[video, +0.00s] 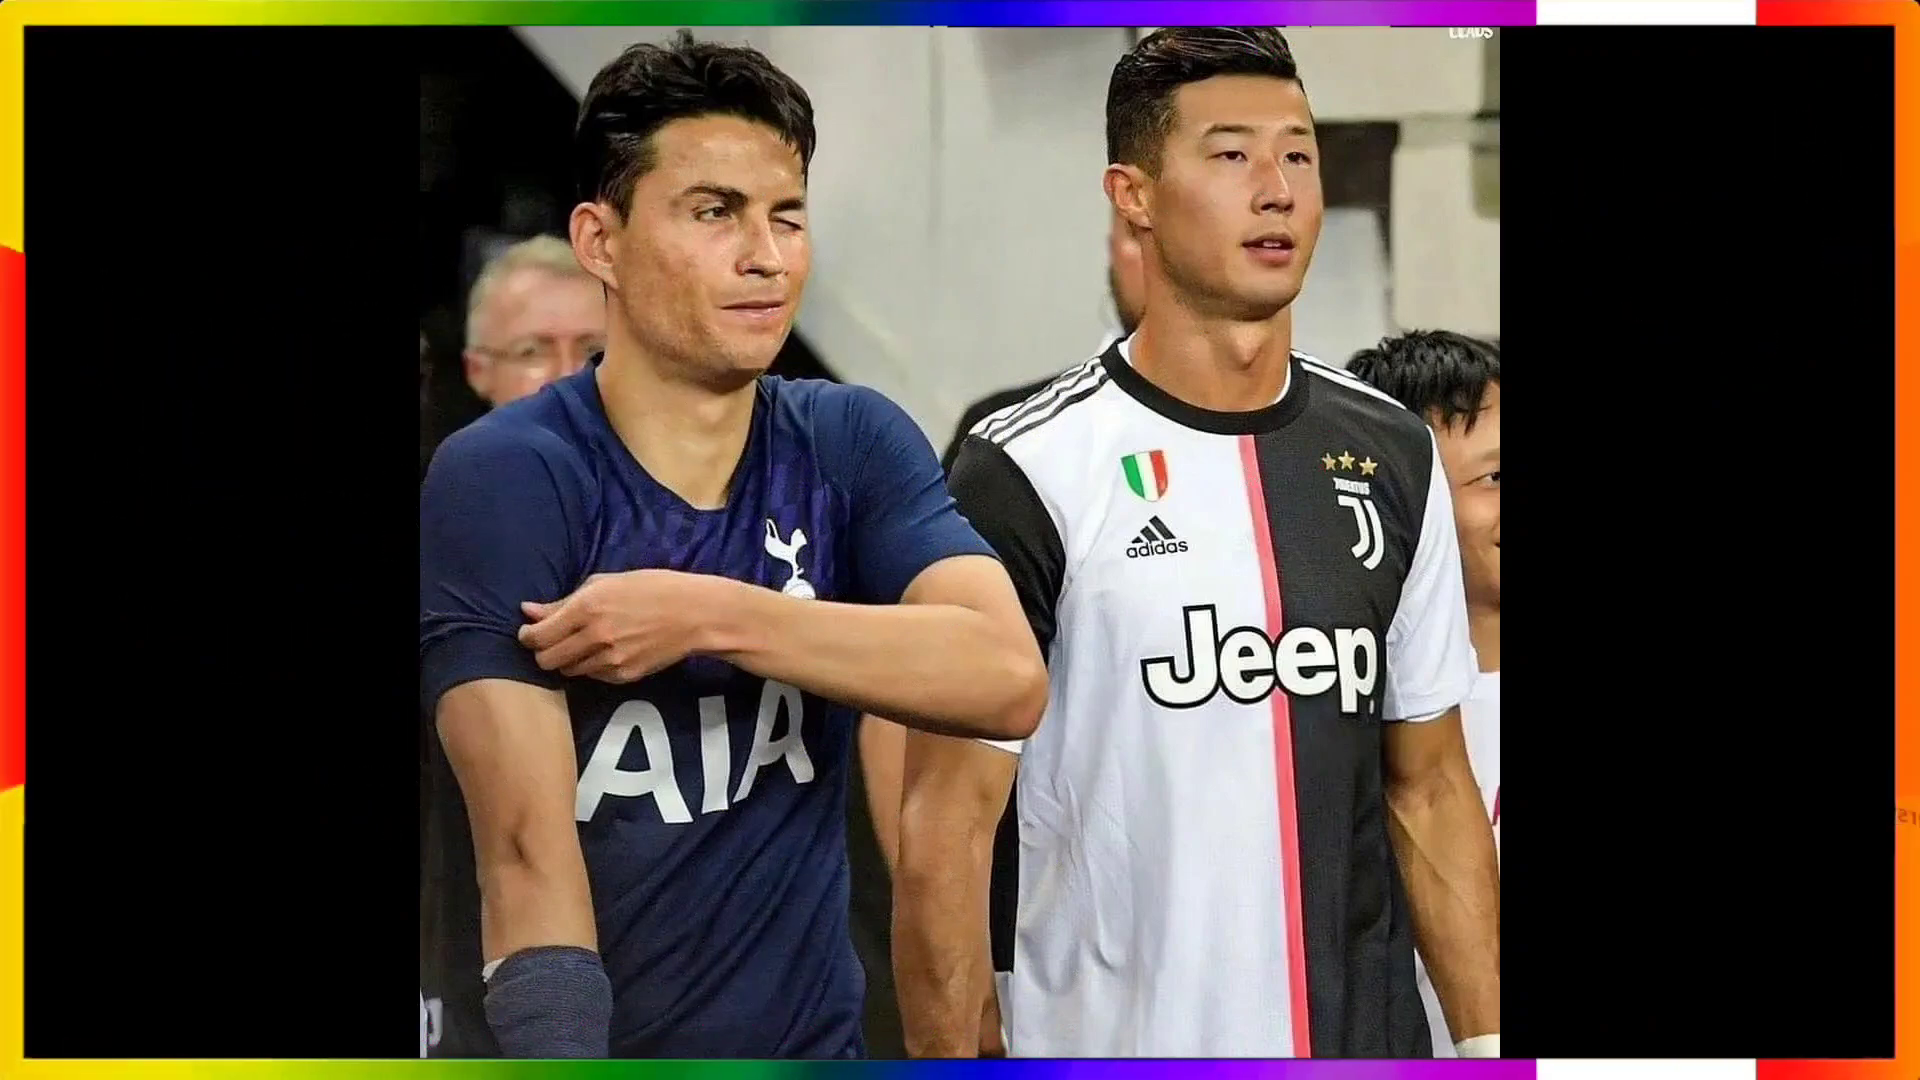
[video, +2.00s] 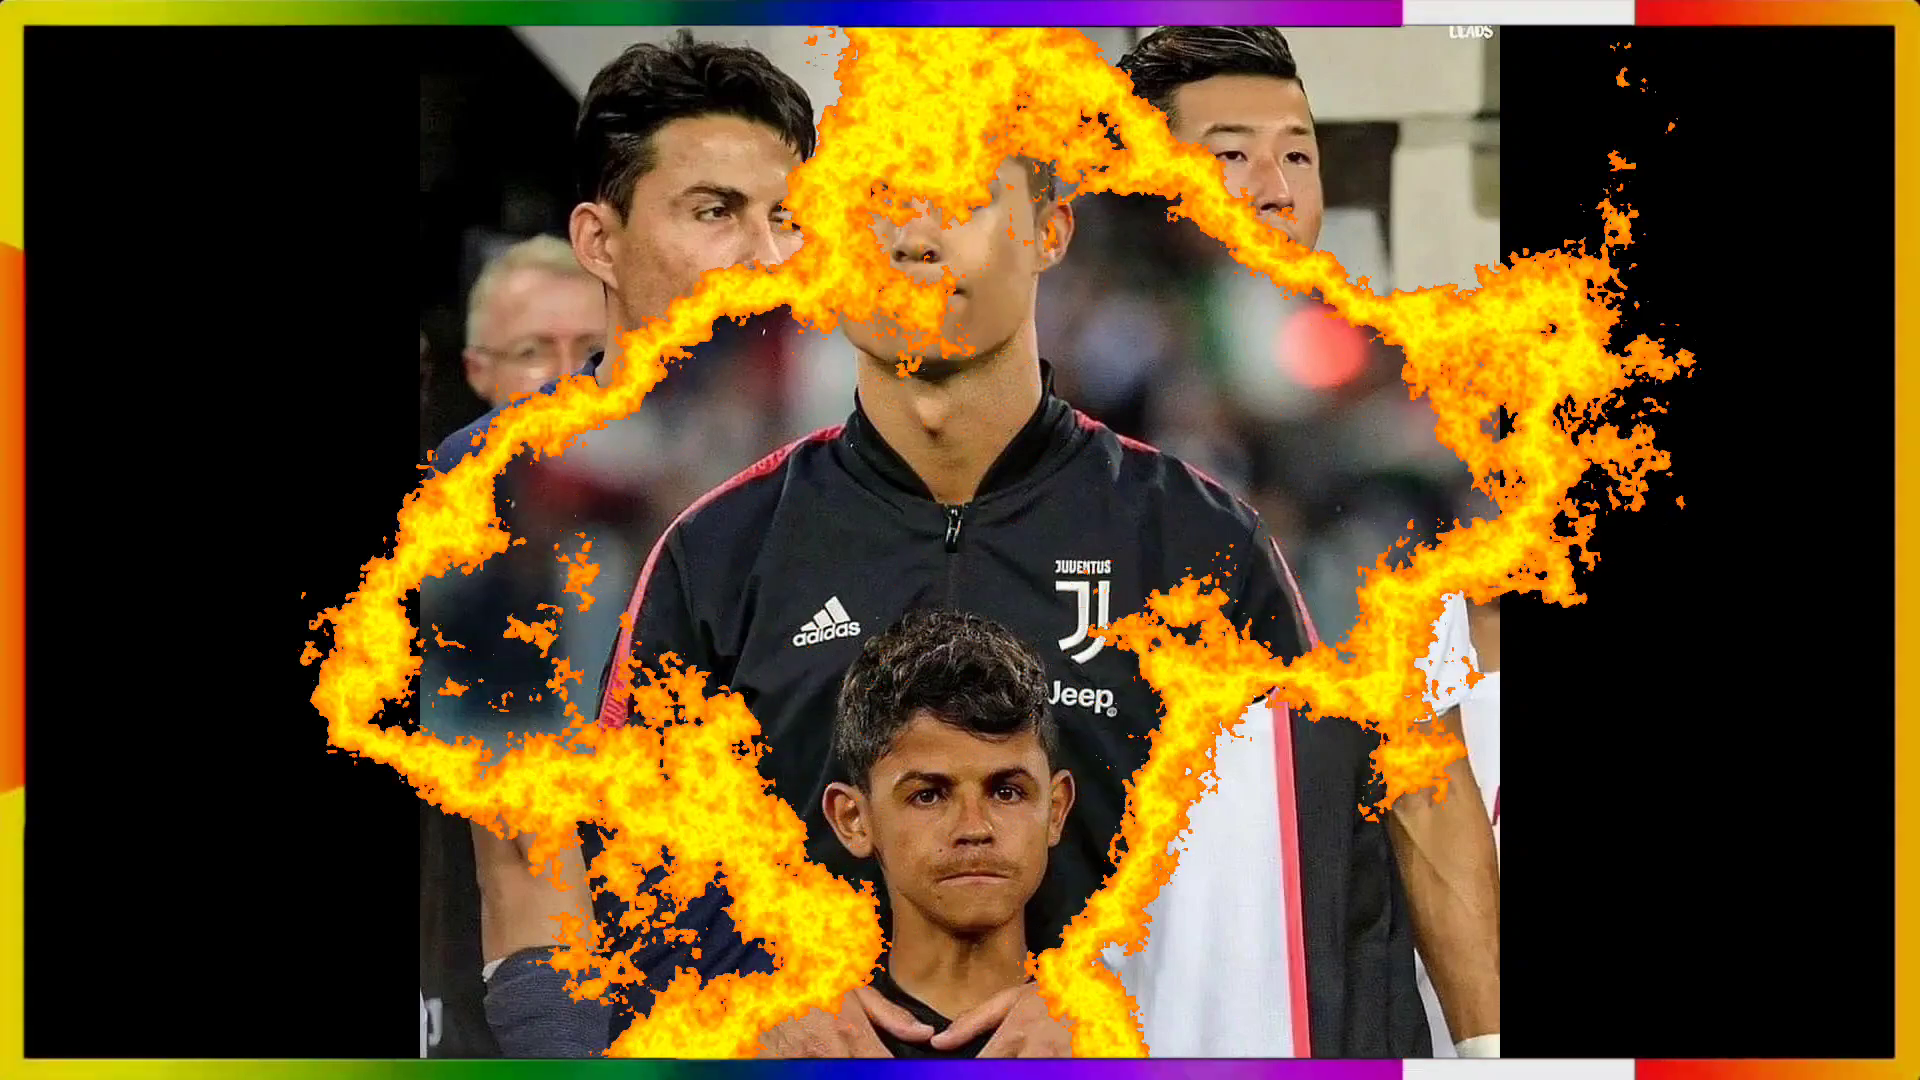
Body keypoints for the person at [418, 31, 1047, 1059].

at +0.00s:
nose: (766, 257)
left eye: (785, 218)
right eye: (712, 212)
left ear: (809, 237)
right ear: (601, 241)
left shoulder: (856, 439)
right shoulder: (499, 476)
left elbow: (1009, 681)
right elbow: (525, 851)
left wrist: (713, 613)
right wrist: (561, 1058)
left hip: (812, 1042)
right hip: (594, 1036)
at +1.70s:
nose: (767, 260)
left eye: (787, 219)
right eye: (715, 212)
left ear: (811, 236)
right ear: (600, 241)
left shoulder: (846, 453)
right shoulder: (497, 475)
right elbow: (524, 855)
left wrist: (708, 619)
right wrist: (560, 1060)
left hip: (813, 1037)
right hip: (602, 1037)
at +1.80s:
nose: (766, 259)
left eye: (788, 220)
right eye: (714, 212)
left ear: (811, 238)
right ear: (600, 241)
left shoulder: (857, 453)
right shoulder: (492, 477)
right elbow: (524, 845)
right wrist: (560, 1053)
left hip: (841, 1030)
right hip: (614, 1034)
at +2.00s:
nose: (766, 257)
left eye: (787, 218)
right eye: (714, 211)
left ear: (809, 234)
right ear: (598, 239)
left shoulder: (830, 461)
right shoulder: (497, 478)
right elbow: (527, 856)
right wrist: (571, 1047)